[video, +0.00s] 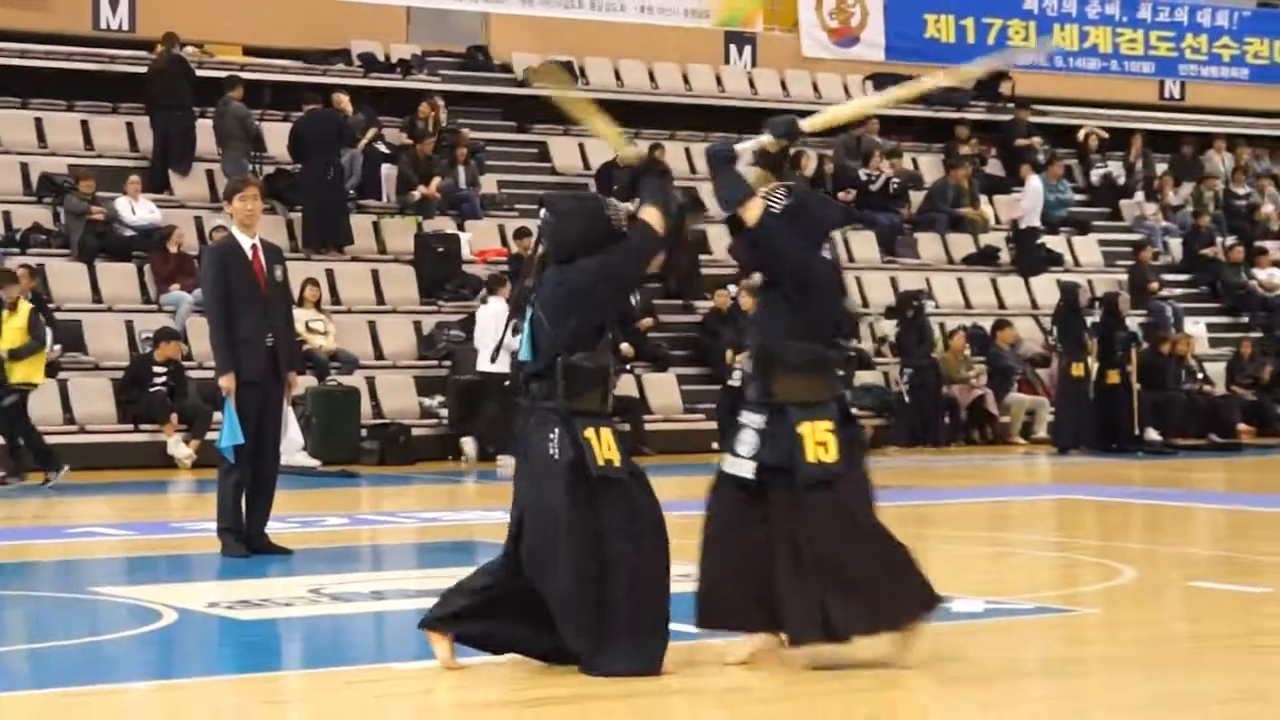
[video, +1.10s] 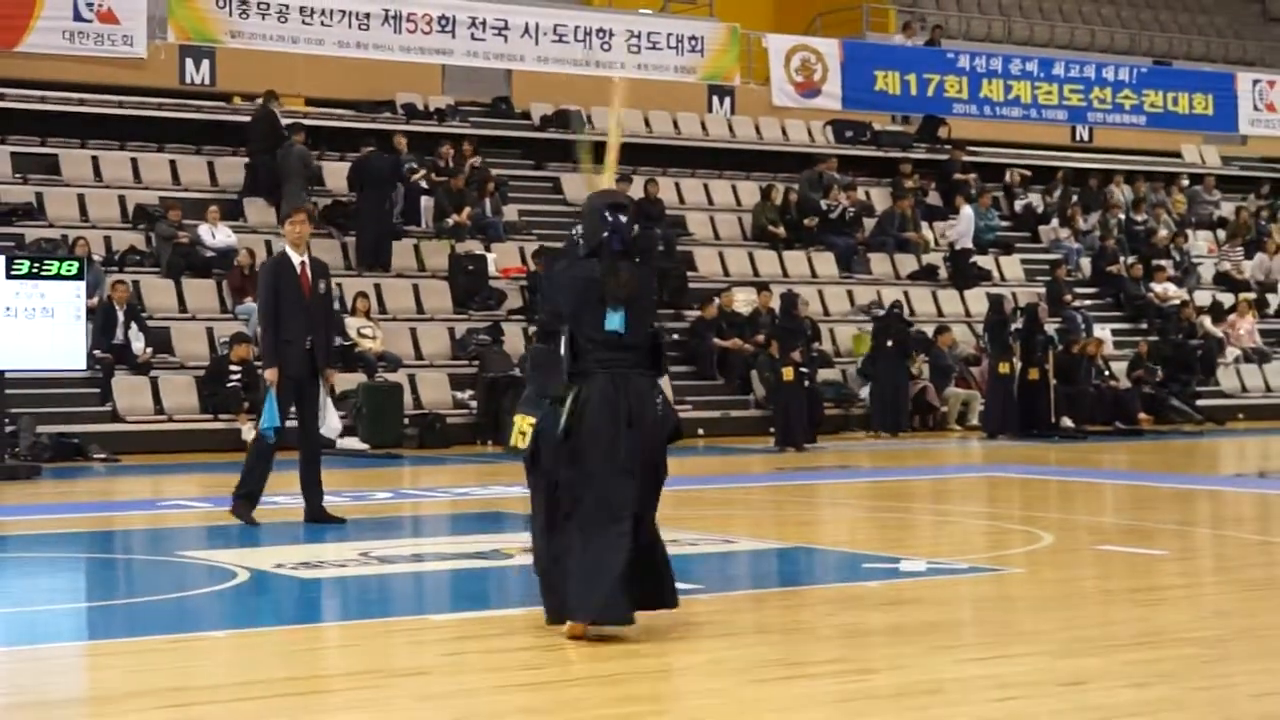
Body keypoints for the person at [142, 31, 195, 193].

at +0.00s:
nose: (179, 47)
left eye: (177, 45)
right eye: (178, 45)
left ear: (162, 44)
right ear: (176, 45)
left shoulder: (154, 64)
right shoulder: (180, 62)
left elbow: (149, 91)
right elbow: (192, 81)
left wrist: (151, 112)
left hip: (160, 113)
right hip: (180, 113)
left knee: (160, 151)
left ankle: (157, 187)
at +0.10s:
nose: (195, 60)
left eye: (193, 57)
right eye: (194, 57)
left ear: (179, 57)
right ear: (193, 57)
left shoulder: (172, 75)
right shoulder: (197, 73)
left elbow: (167, 101)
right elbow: (209, 92)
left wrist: (169, 123)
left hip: (177, 122)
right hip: (197, 122)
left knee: (177, 160)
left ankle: (174, 195)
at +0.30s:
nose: (214, 72)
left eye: (212, 69)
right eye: (213, 69)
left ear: (198, 69)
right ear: (211, 69)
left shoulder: (191, 87)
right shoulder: (214, 84)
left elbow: (187, 113)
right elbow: (226, 100)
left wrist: (189, 134)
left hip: (196, 132)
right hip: (215, 131)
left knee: (196, 166)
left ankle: (194, 198)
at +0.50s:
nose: (228, 80)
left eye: (226, 77)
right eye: (228, 77)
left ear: (214, 78)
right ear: (227, 78)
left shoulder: (208, 95)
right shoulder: (231, 93)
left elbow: (203, 118)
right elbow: (241, 111)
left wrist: (205, 138)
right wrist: (239, 131)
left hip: (212, 138)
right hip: (230, 138)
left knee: (212, 172)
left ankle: (210, 204)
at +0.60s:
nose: (244, 90)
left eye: (242, 88)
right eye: (243, 88)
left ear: (230, 88)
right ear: (242, 88)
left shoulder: (223, 104)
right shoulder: (245, 103)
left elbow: (217, 126)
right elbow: (253, 122)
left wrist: (219, 145)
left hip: (226, 146)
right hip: (243, 146)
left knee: (225, 180)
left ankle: (224, 209)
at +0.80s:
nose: (260, 101)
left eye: (260, 99)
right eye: (259, 99)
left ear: (246, 98)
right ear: (256, 98)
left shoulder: (237, 113)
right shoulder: (259, 112)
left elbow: (231, 133)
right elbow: (268, 131)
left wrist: (232, 149)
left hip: (239, 153)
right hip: (257, 153)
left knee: (237, 186)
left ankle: (234, 214)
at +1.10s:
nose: (278, 105)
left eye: (277, 102)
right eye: (276, 102)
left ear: (264, 100)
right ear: (272, 101)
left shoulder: (257, 114)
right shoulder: (271, 114)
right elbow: (279, 134)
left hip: (255, 153)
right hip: (268, 154)